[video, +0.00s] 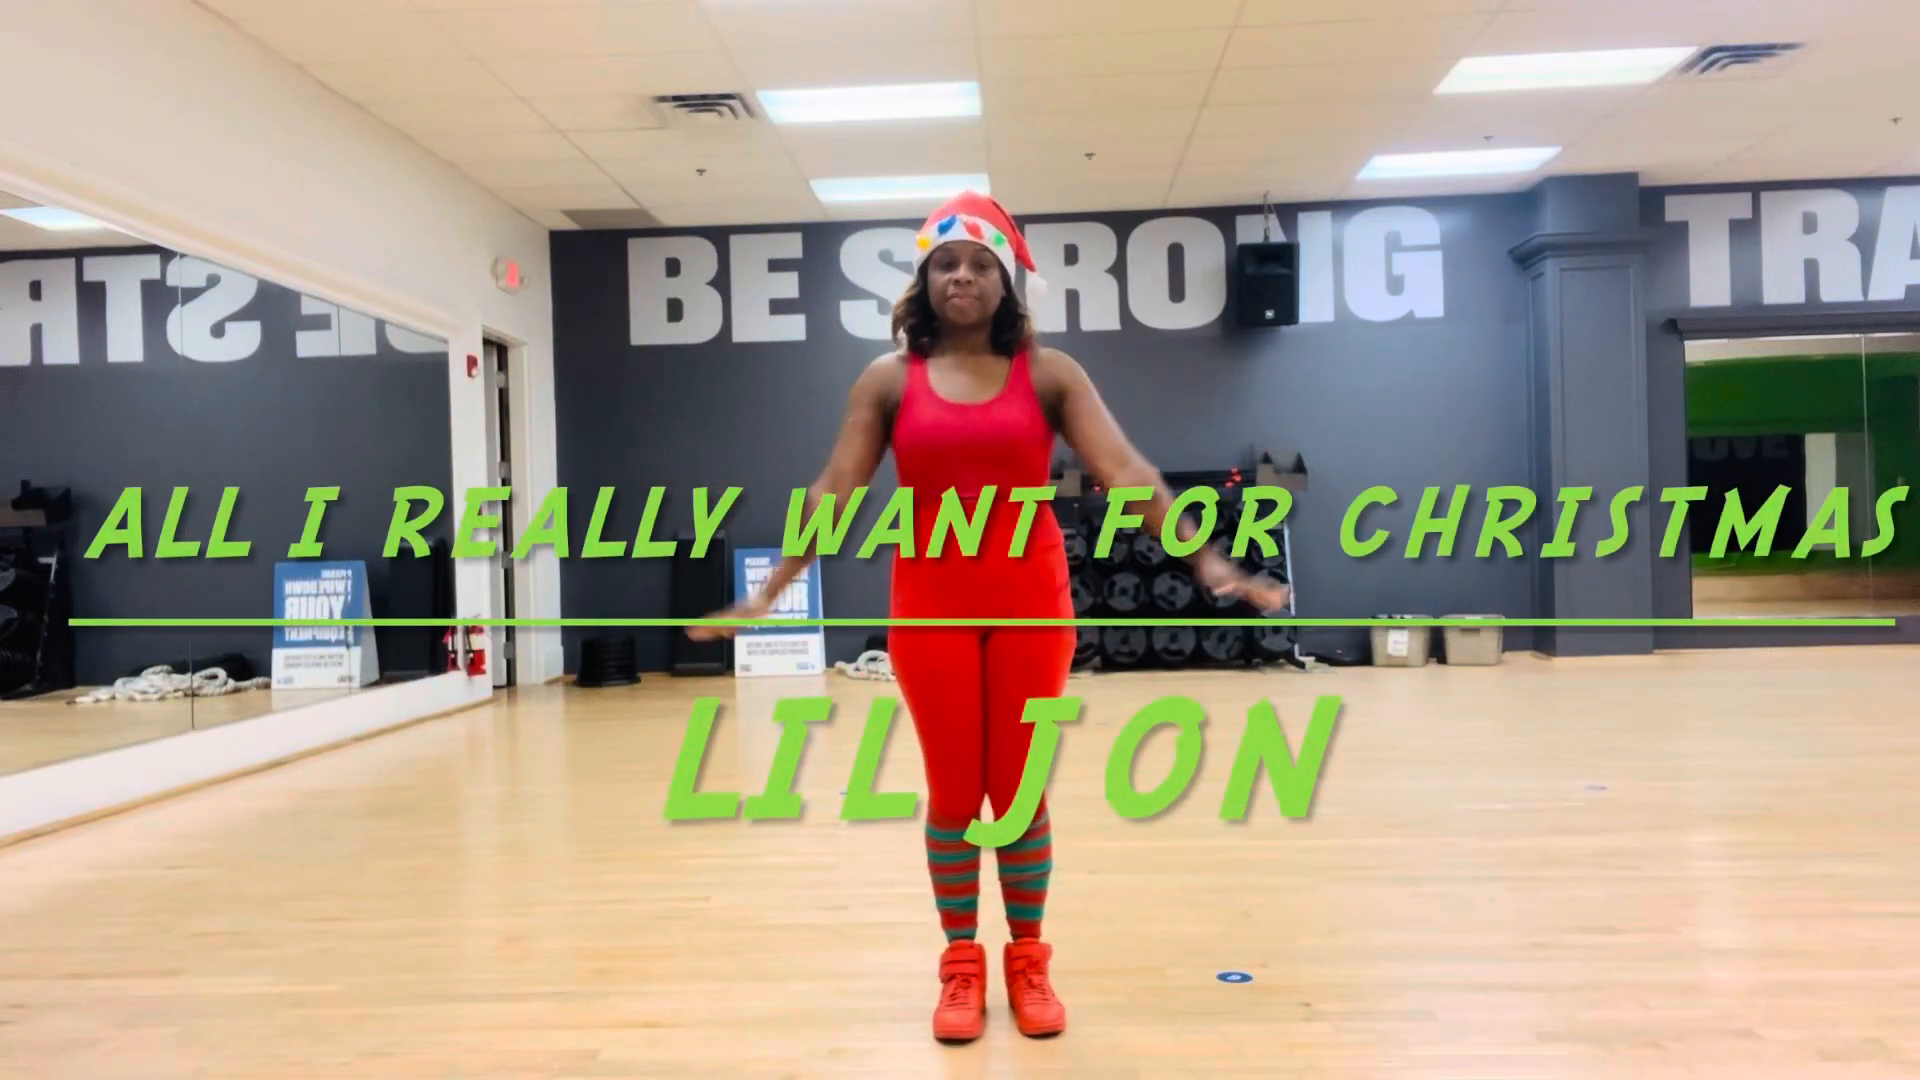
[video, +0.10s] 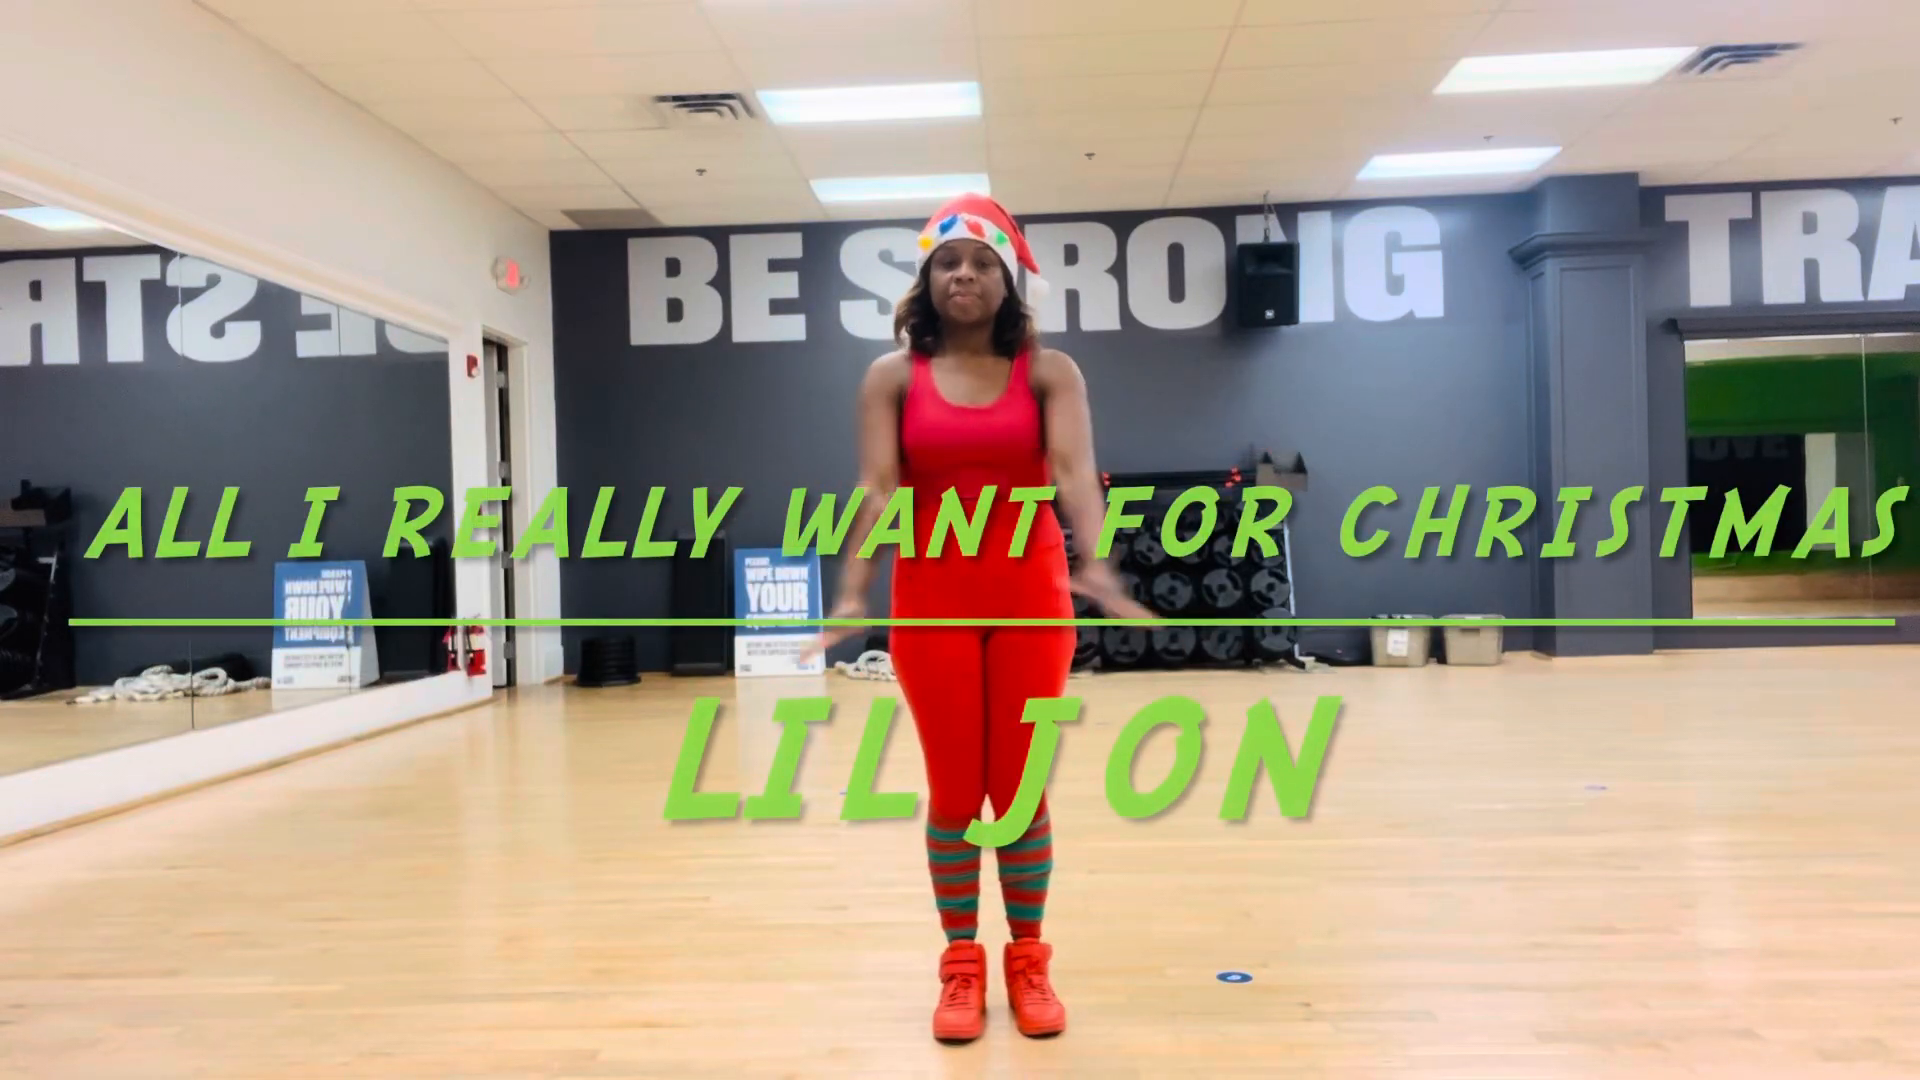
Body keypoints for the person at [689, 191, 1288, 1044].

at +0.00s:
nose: (961, 278)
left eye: (978, 265)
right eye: (946, 265)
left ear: (1006, 281)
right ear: (925, 282)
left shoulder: (1048, 371)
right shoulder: (890, 379)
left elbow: (1124, 469)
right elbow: (833, 493)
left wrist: (1210, 561)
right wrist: (774, 585)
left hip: (1029, 600)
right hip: (930, 604)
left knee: (1021, 787)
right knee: (954, 790)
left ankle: (1028, 964)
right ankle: (960, 968)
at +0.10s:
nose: (964, 278)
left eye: (981, 264)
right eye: (948, 264)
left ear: (1008, 279)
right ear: (927, 279)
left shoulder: (1050, 368)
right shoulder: (892, 375)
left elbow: (1076, 472)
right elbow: (877, 489)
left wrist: (1094, 557)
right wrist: (850, 592)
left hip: (1030, 597)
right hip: (931, 599)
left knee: (1021, 786)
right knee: (953, 790)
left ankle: (1029, 964)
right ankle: (962, 968)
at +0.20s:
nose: (965, 277)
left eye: (984, 263)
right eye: (949, 263)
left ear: (1010, 280)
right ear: (930, 277)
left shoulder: (1050, 364)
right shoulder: (895, 370)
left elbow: (1059, 461)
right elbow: (892, 466)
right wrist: (936, 516)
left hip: (1032, 589)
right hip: (935, 593)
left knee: (1024, 784)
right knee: (954, 787)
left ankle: (1029, 968)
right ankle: (962, 971)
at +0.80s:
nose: (970, 277)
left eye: (988, 263)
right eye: (954, 263)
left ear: (1016, 278)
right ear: (934, 277)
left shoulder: (1060, 369)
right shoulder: (900, 372)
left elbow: (1076, 472)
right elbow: (903, 479)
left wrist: (1044, 546)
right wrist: (935, 569)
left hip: (1039, 601)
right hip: (938, 602)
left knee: (1029, 794)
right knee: (957, 794)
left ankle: (1031, 966)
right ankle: (962, 970)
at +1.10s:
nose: (975, 277)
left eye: (993, 264)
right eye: (960, 263)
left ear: (1022, 281)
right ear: (939, 280)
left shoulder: (1066, 377)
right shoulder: (905, 383)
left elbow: (1112, 499)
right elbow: (863, 506)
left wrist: (1164, 601)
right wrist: (820, 607)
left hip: (1044, 598)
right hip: (941, 599)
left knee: (1036, 794)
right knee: (959, 795)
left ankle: (1032, 965)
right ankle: (962, 970)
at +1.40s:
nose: (977, 271)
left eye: (994, 258)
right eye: (963, 257)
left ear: (1023, 273)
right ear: (944, 273)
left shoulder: (1068, 360)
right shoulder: (907, 367)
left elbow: (1171, 426)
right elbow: (808, 438)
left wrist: (1257, 483)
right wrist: (726, 496)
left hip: (1046, 591)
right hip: (945, 593)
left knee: (1028, 787)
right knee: (962, 790)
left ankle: (1030, 962)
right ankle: (962, 969)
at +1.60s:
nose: (982, 268)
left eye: (999, 255)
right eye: (967, 255)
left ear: (1030, 270)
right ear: (945, 270)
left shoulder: (1070, 349)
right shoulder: (910, 353)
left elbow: (1196, 345)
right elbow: (785, 367)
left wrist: (1305, 345)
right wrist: (677, 380)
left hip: (1044, 592)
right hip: (944, 592)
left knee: (1026, 789)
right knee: (960, 789)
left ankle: (1029, 966)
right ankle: (963, 967)